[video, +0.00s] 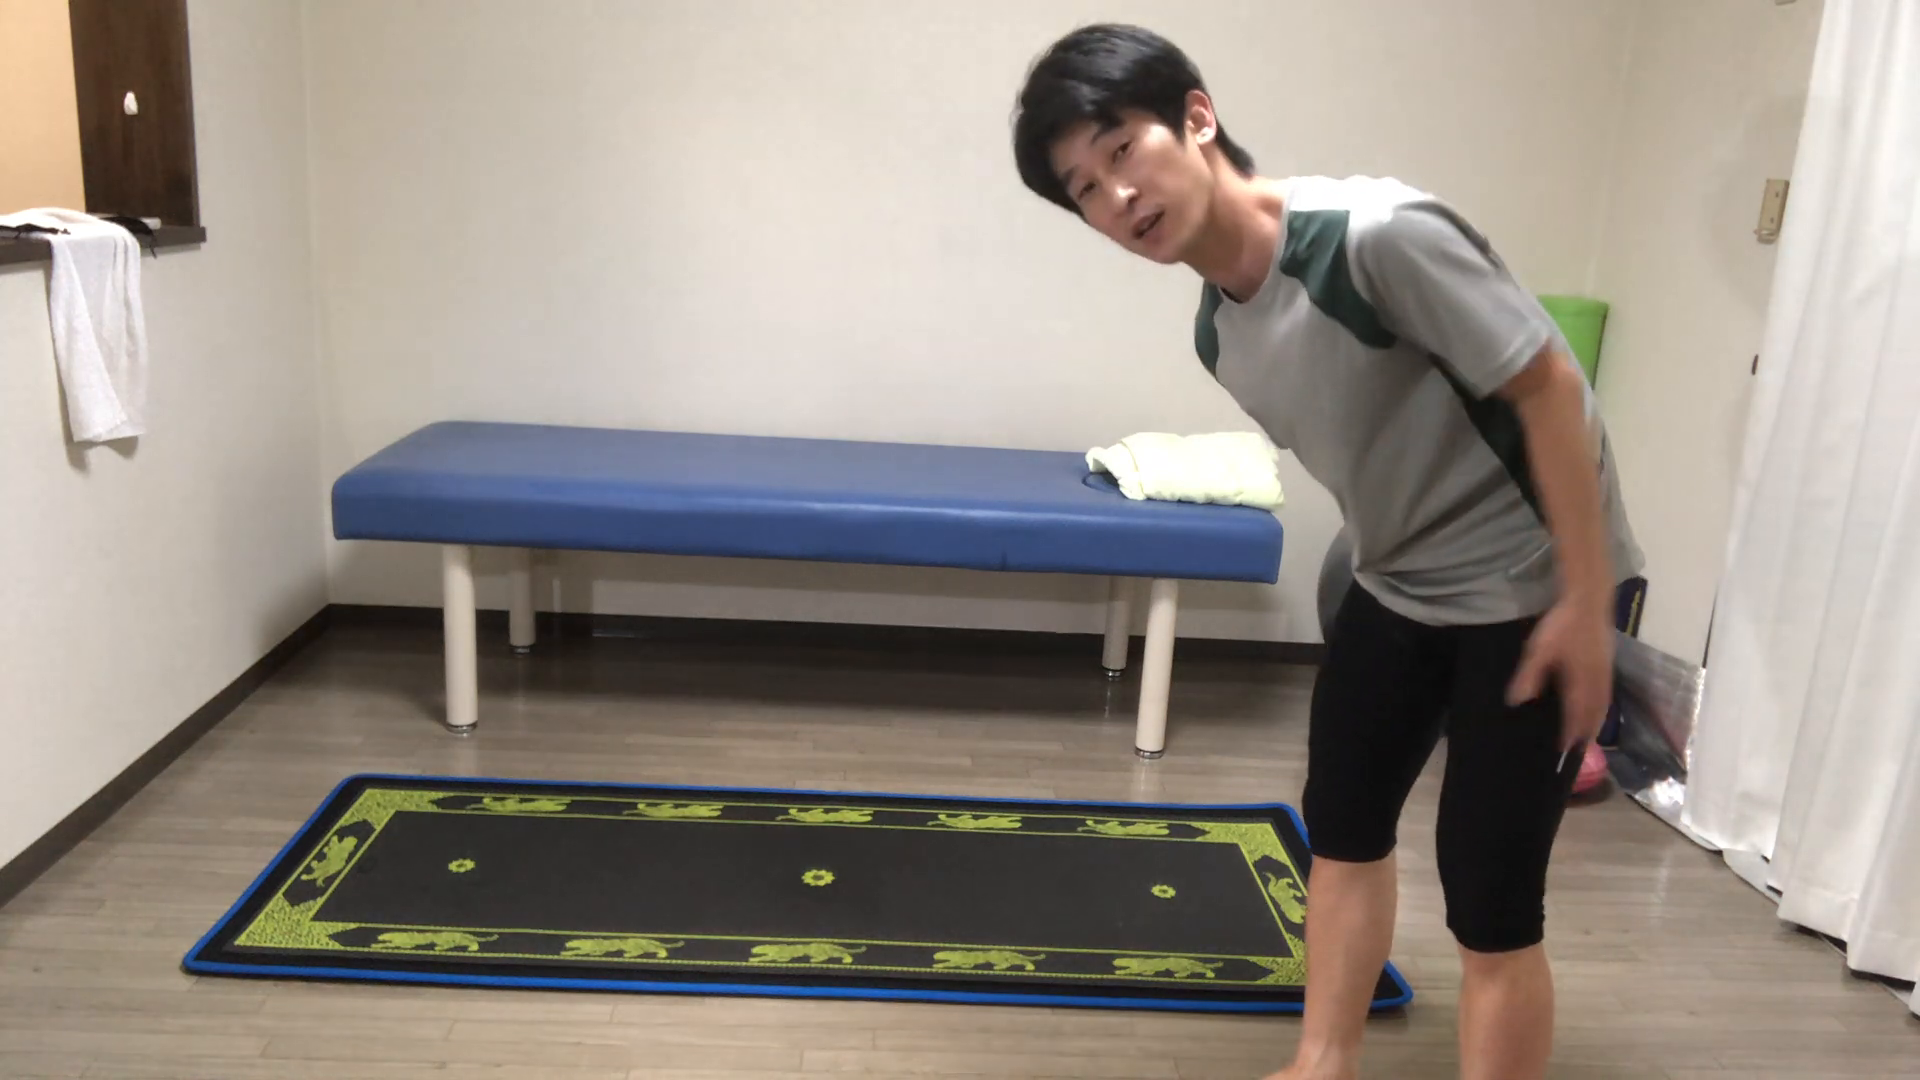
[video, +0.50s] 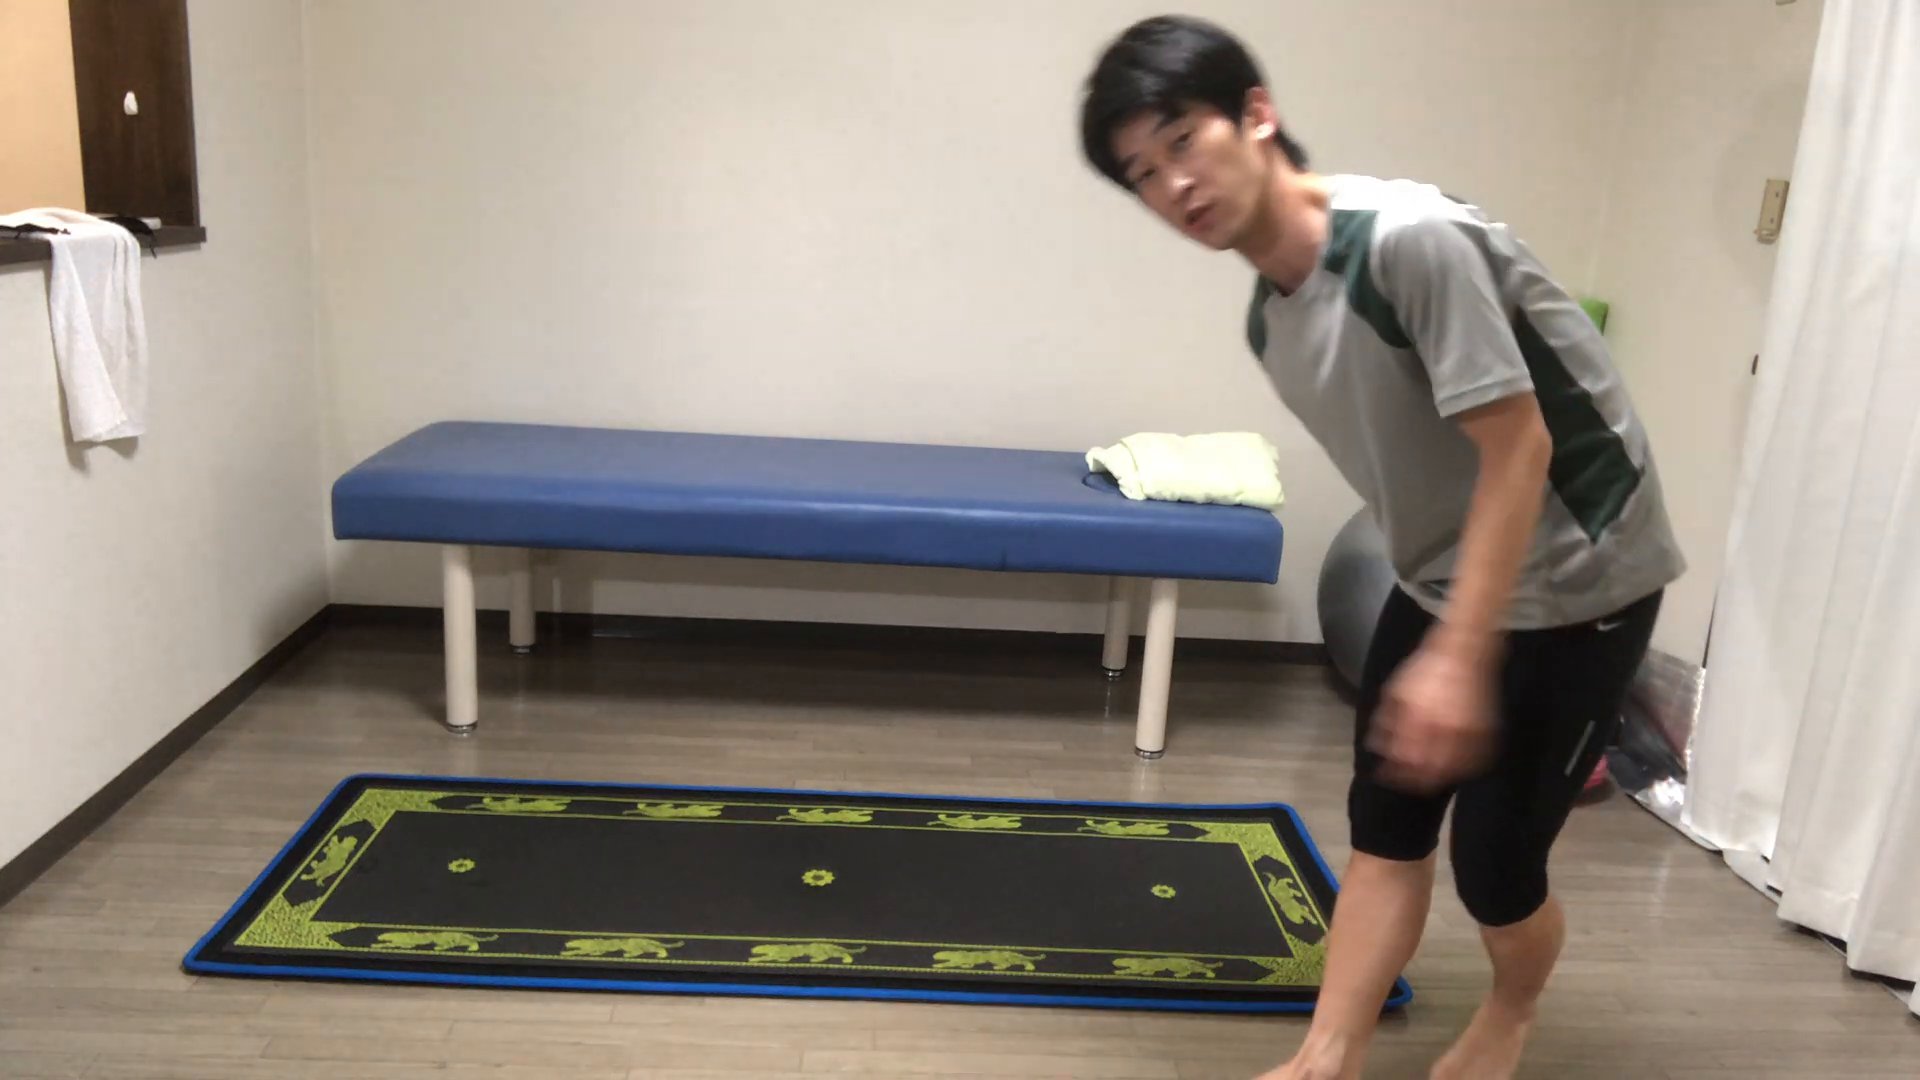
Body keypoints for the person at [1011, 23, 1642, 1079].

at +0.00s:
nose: (1117, 198)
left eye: (1123, 150)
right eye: (1084, 193)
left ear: (1199, 119)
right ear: (1081, 220)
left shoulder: (1383, 238)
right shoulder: (1220, 333)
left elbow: (1550, 387)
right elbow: (1372, 457)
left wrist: (1587, 602)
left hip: (1525, 598)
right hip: (1392, 591)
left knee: (1494, 908)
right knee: (1344, 833)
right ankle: (1323, 1060)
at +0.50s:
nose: (1174, 185)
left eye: (1183, 142)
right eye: (1144, 177)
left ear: (1258, 118)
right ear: (1138, 204)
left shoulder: (1414, 242)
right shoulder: (1270, 323)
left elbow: (1520, 449)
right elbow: (1410, 469)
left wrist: (1458, 654)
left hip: (1581, 580)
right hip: (1443, 579)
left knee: (1493, 857)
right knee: (1386, 815)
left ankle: (1510, 1011)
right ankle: (1326, 1058)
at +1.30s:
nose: (1455, 22)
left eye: (1490, 1)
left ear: (1555, 13)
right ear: (1423, 12)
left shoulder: (1636, 177)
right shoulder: (1410, 176)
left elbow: (1716, 378)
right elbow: (1432, 354)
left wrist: (1766, 559)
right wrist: (1447, 487)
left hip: (1575, 544)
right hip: (1437, 513)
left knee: (1524, 781)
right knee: (1301, 723)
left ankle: (1505, 1021)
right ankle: (1301, 946)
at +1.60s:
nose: (1346, 16)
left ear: (1438, 3)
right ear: (1310, 17)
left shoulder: (1521, 154)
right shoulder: (1329, 171)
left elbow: (1557, 371)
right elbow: (1336, 356)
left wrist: (1492, 550)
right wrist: (1292, 500)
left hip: (1471, 545)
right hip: (1348, 527)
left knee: (1481, 791)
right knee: (1302, 741)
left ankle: (1498, 1021)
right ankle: (1290, 955)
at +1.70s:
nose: (1298, 21)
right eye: (1275, 3)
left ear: (1385, 2)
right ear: (1258, 19)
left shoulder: (1479, 143)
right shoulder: (1298, 175)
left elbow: (1522, 356)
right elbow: (1311, 357)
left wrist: (1435, 528)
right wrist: (1245, 492)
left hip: (1444, 543)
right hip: (1318, 527)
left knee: (1450, 794)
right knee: (1287, 743)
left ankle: (1496, 1011)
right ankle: (1288, 957)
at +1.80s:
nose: (1261, 14)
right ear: (1226, 16)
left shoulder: (1438, 130)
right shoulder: (1263, 170)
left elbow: (1497, 337)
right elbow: (1278, 347)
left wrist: (1407, 503)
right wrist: (1217, 492)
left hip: (1416, 531)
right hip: (1292, 521)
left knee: (1404, 790)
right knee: (1279, 746)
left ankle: (1487, 991)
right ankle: (1287, 956)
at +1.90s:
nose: (1233, 11)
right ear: (1201, 12)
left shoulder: (1408, 126)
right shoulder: (1229, 163)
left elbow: (1471, 328)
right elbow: (1239, 343)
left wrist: (1394, 499)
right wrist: (1199, 493)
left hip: (1370, 528)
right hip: (1257, 520)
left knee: (1332, 778)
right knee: (1268, 752)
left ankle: (1447, 978)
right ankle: (1287, 955)